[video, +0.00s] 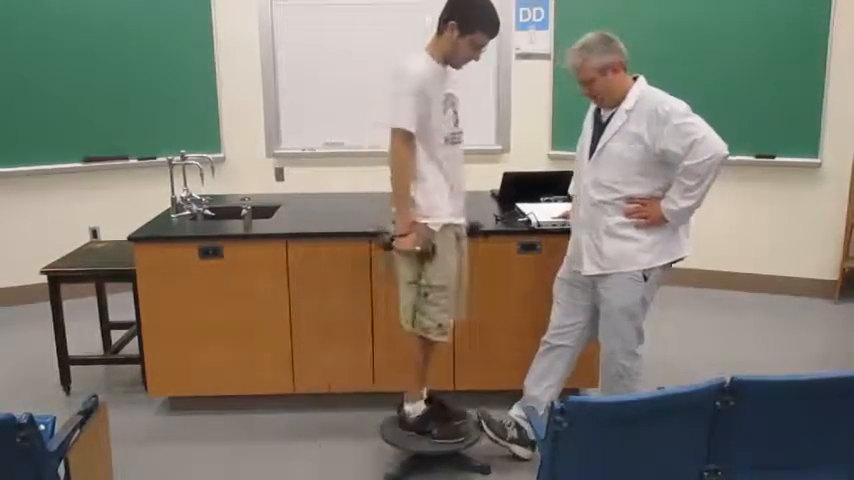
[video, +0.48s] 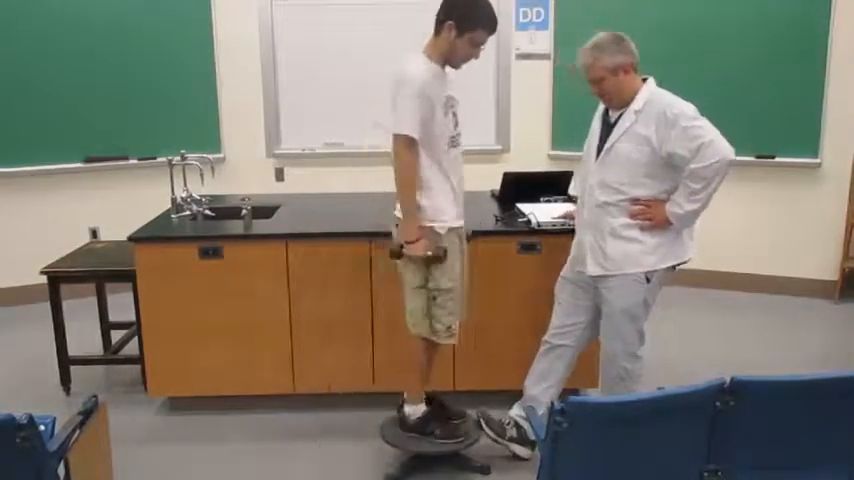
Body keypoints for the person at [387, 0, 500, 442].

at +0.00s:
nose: (477, 57)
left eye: (481, 49)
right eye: (475, 47)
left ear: (458, 35)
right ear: (450, 30)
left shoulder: (442, 77)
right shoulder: (416, 75)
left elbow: (440, 152)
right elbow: (401, 147)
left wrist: (454, 216)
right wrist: (403, 220)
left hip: (448, 219)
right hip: (426, 220)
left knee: (437, 319)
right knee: (427, 320)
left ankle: (421, 399)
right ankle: (413, 407)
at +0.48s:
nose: (476, 56)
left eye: (480, 47)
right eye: (474, 45)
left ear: (455, 34)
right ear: (448, 30)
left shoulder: (438, 77)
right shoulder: (416, 78)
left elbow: (437, 155)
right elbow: (404, 152)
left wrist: (451, 219)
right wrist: (410, 223)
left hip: (447, 221)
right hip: (428, 223)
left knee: (437, 322)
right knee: (427, 323)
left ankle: (424, 399)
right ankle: (413, 409)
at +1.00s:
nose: (475, 49)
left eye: (478, 40)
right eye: (475, 39)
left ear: (451, 29)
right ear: (452, 29)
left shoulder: (431, 77)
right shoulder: (421, 81)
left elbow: (420, 155)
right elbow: (408, 154)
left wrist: (442, 220)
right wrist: (421, 227)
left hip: (438, 221)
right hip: (426, 224)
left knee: (431, 321)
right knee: (423, 323)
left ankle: (423, 399)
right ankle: (414, 412)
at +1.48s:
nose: (472, 32)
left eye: (473, 23)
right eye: (470, 22)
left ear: (441, 21)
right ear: (453, 20)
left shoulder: (435, 68)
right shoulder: (426, 68)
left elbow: (429, 131)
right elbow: (420, 127)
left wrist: (449, 185)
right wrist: (440, 184)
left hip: (435, 216)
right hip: (423, 217)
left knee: (431, 314)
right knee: (421, 316)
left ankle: (423, 398)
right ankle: (414, 411)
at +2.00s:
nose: (477, 32)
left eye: (477, 23)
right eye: (474, 22)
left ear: (449, 21)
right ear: (456, 21)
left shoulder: (443, 68)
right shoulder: (427, 65)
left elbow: (449, 135)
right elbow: (424, 106)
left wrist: (492, 160)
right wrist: (430, 138)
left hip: (442, 213)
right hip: (425, 213)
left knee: (435, 313)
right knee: (423, 315)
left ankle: (424, 399)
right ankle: (414, 411)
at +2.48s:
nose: (474, 34)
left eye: (475, 25)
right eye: (471, 24)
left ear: (446, 24)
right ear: (447, 22)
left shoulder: (438, 72)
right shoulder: (424, 69)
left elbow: (446, 128)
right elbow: (424, 110)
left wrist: (467, 151)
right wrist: (430, 139)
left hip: (439, 215)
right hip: (422, 215)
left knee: (431, 313)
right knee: (421, 314)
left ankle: (421, 398)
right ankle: (414, 411)